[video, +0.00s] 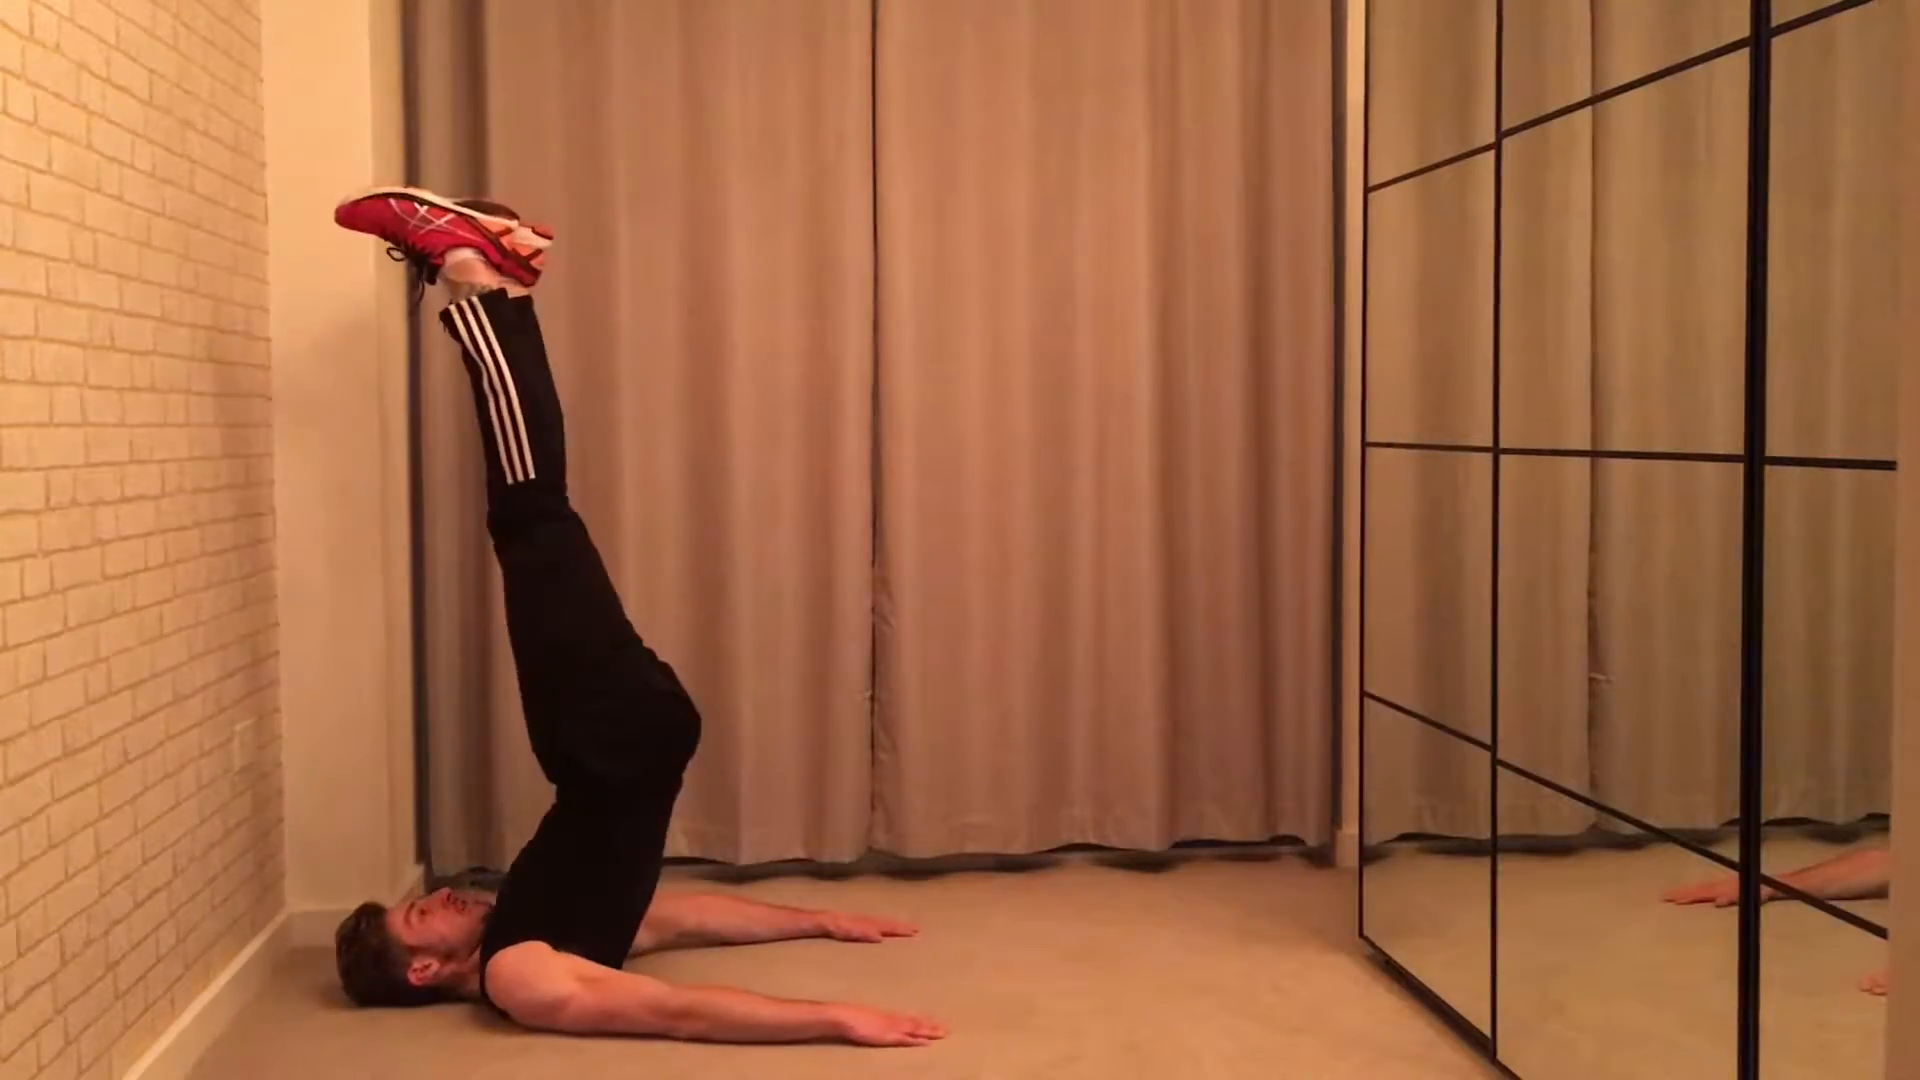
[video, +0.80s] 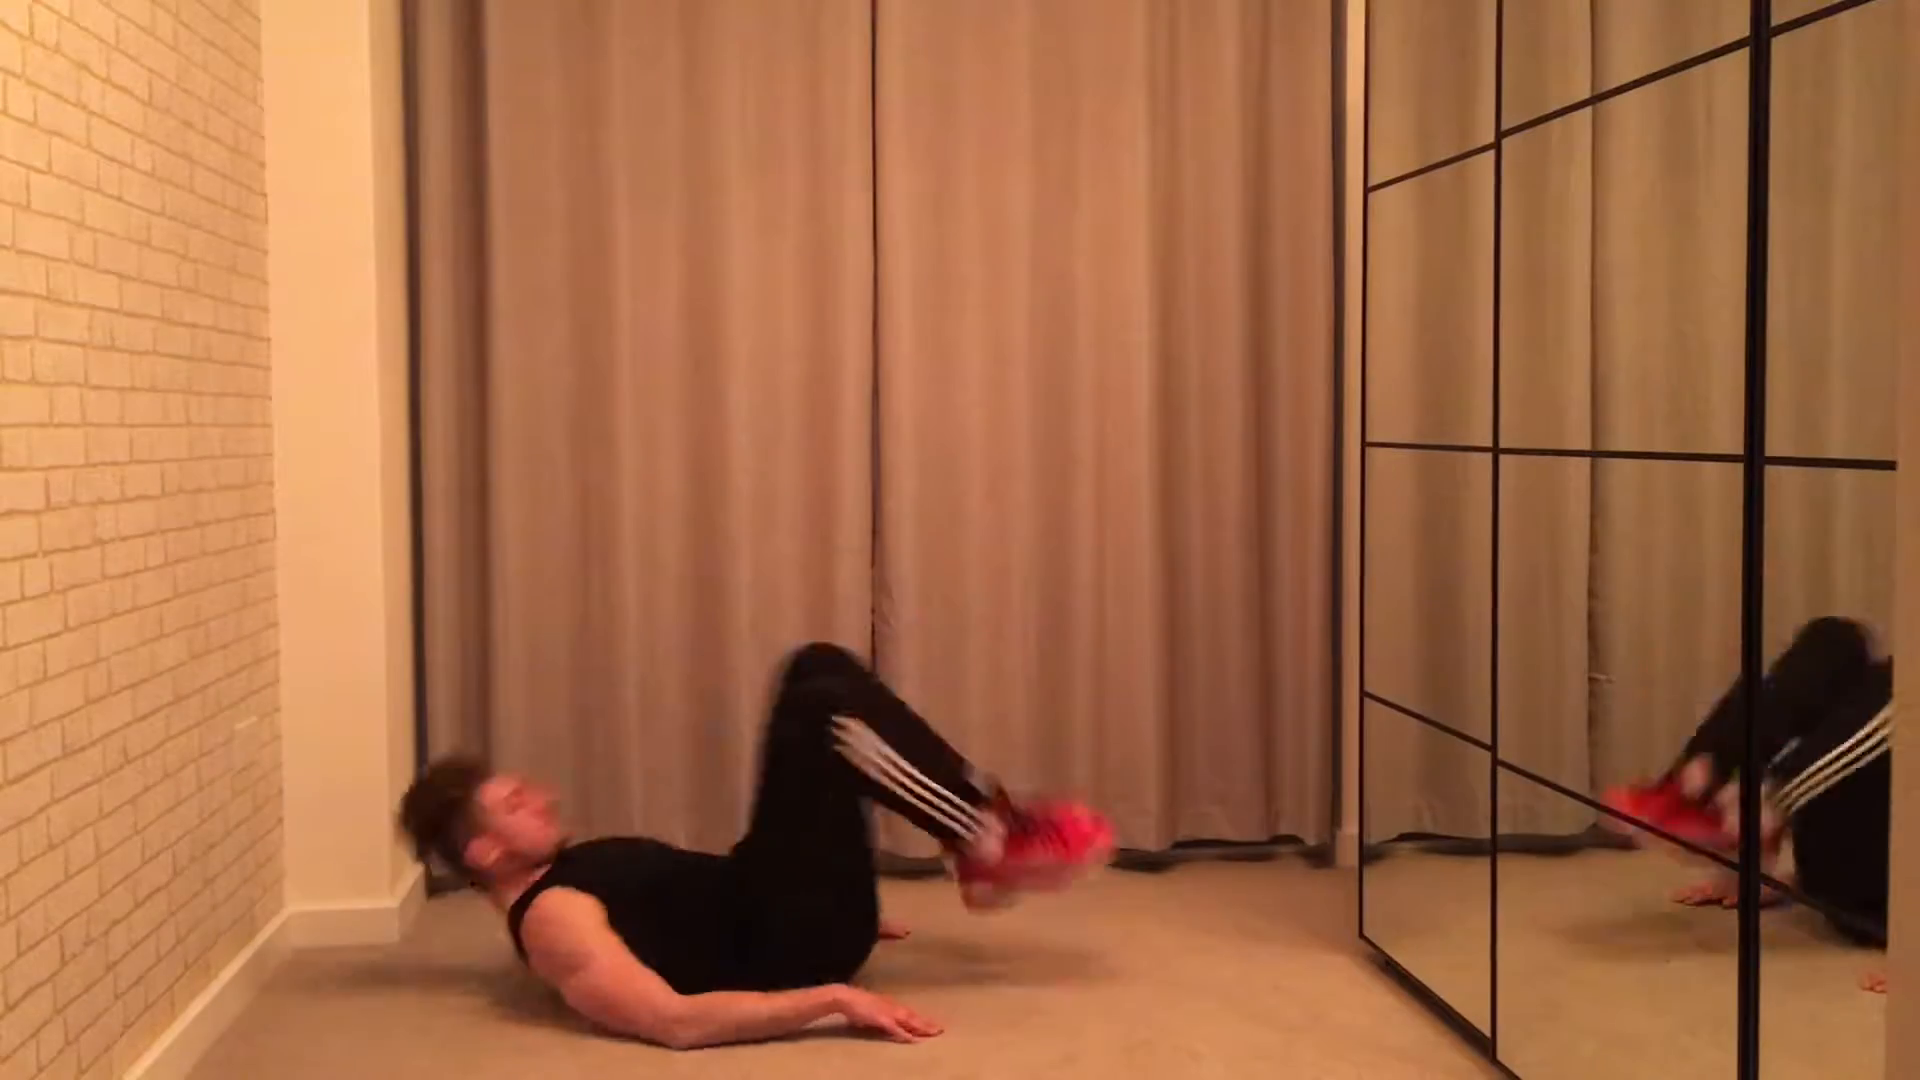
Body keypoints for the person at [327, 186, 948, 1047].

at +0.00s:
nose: (439, 893)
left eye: (421, 896)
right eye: (421, 913)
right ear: (431, 967)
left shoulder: (539, 934)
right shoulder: (520, 976)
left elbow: (683, 916)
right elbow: (682, 1016)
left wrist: (821, 921)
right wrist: (839, 1020)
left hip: (622, 745)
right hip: (632, 744)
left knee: (533, 513)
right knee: (529, 515)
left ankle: (499, 293)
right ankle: (474, 287)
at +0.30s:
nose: (441, 890)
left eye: (423, 893)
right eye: (422, 912)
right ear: (431, 967)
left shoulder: (539, 933)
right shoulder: (520, 976)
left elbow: (682, 920)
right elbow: (680, 1017)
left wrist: (818, 922)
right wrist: (839, 1020)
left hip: (653, 751)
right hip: (653, 755)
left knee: (532, 535)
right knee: (519, 538)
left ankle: (557, 315)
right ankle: (544, 315)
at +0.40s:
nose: (434, 891)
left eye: (413, 896)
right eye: (413, 915)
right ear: (426, 972)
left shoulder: (529, 934)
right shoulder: (522, 979)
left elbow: (681, 915)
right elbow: (676, 1015)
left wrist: (815, 920)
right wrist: (837, 1020)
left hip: (662, 774)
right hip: (685, 769)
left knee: (518, 579)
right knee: (517, 583)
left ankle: (600, 369)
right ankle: (604, 370)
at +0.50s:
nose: (426, 888)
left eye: (407, 894)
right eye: (408, 910)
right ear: (422, 967)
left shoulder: (529, 934)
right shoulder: (520, 978)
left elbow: (684, 917)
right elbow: (674, 1017)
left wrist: (817, 919)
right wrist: (834, 1014)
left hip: (712, 799)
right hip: (715, 806)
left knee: (553, 646)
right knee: (521, 659)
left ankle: (682, 472)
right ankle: (676, 483)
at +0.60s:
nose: (425, 881)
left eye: (406, 887)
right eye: (408, 903)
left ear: (431, 951)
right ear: (421, 960)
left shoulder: (526, 933)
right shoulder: (523, 975)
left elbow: (671, 916)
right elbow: (674, 1016)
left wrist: (804, 920)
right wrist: (833, 1016)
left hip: (748, 853)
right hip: (746, 873)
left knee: (586, 696)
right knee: (567, 729)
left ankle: (753, 569)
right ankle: (766, 610)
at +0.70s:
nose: (446, 849)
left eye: (427, 848)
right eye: (427, 865)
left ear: (443, 910)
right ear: (437, 923)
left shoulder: (531, 901)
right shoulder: (529, 952)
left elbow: (686, 905)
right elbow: (677, 1015)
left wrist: (826, 923)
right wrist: (838, 1012)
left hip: (772, 909)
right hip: (771, 938)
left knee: (682, 689)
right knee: (678, 724)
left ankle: (885, 692)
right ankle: (893, 721)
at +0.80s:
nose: (537, 803)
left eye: (523, 793)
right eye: (513, 805)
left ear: (507, 833)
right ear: (483, 855)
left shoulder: (569, 878)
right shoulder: (551, 916)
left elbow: (704, 910)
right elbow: (675, 1022)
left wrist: (841, 922)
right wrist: (833, 1003)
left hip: (789, 916)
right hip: (790, 949)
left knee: (820, 670)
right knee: (817, 697)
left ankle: (988, 827)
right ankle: (986, 842)